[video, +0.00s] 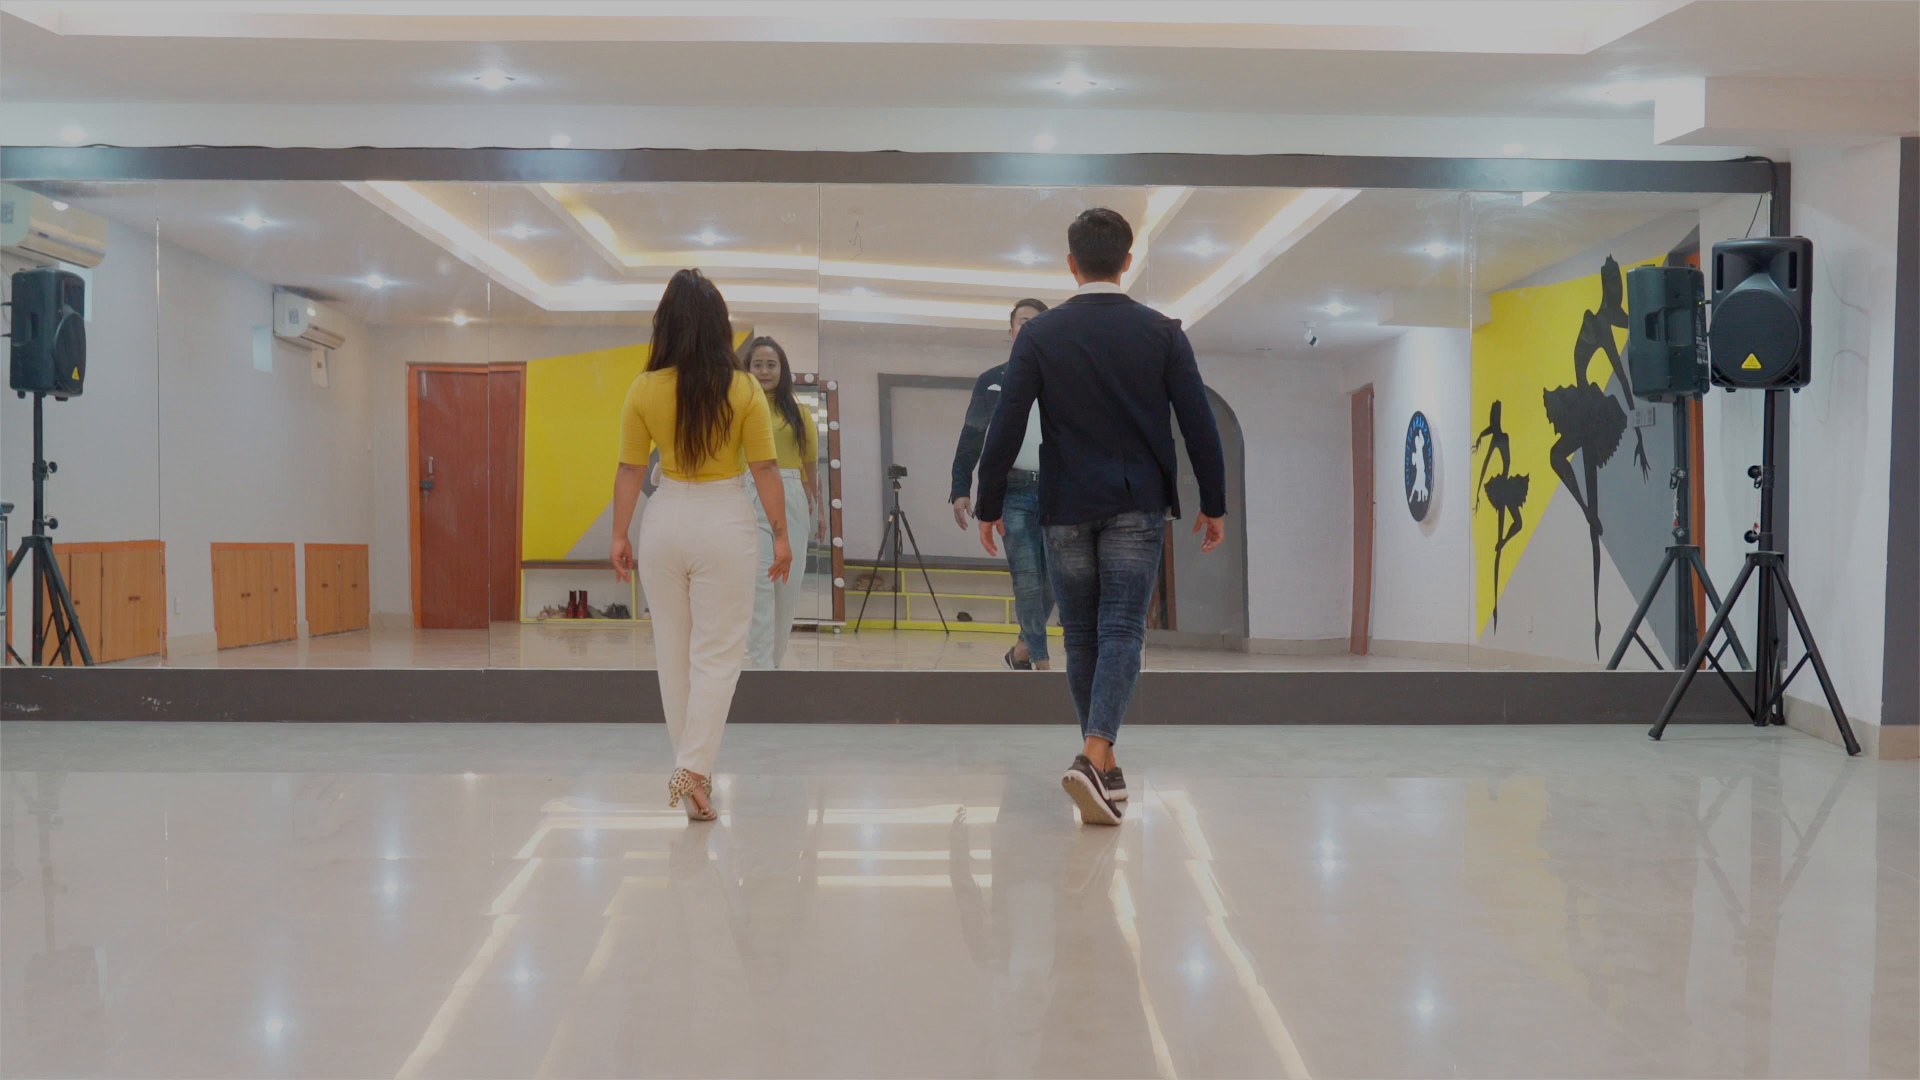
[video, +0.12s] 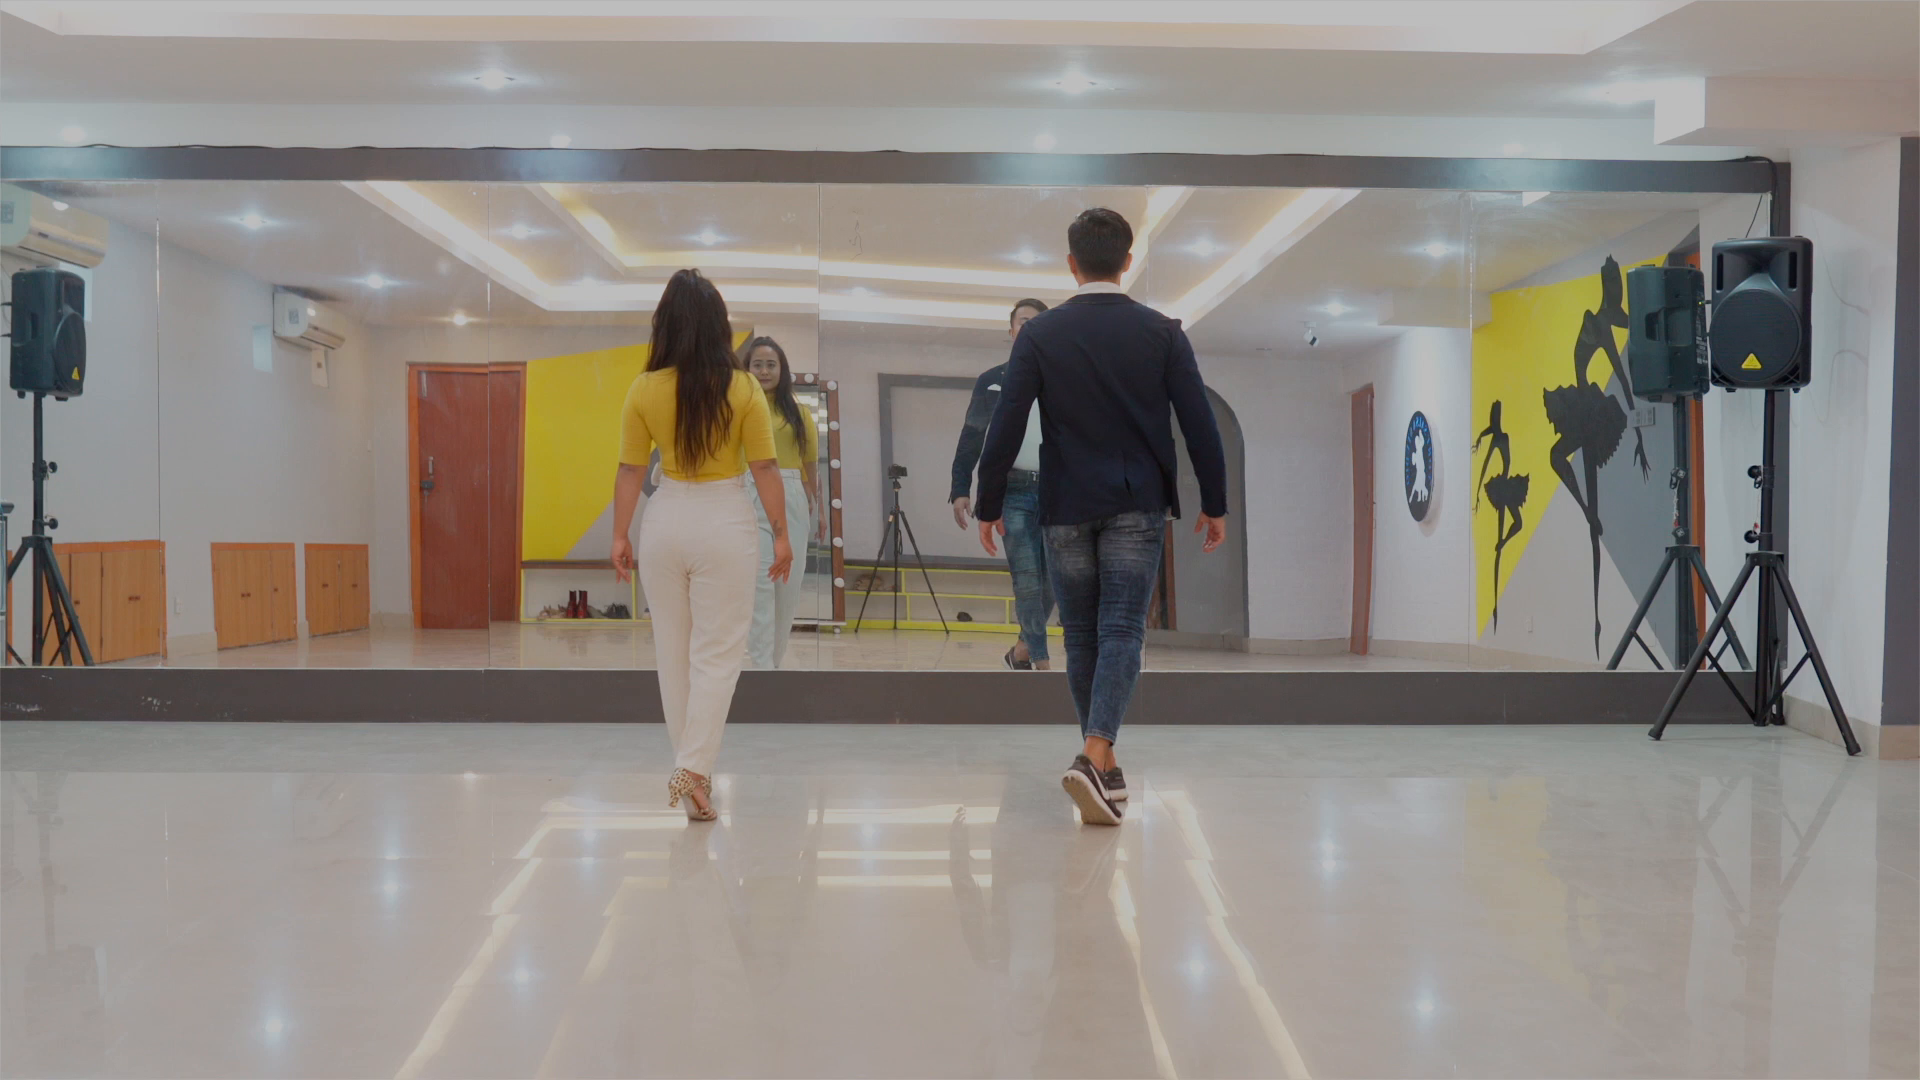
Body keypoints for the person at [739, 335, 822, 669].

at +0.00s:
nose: (764, 371)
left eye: (771, 364)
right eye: (757, 364)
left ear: (782, 370)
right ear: (746, 370)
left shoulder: (799, 413)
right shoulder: (740, 411)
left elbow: (809, 470)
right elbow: (730, 465)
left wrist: (817, 512)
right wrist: (730, 507)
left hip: (791, 499)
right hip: (751, 498)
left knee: (788, 585)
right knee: (760, 586)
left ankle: (773, 668)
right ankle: (759, 672)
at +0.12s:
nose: (764, 370)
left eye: (771, 364)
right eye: (757, 364)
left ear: (782, 370)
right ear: (745, 370)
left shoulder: (800, 413)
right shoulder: (740, 411)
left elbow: (809, 470)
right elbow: (730, 465)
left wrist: (817, 512)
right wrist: (730, 507)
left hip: (791, 499)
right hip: (751, 498)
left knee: (788, 584)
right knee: (760, 585)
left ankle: (773, 667)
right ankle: (759, 671)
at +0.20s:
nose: (763, 370)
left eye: (770, 364)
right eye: (756, 364)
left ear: (782, 370)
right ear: (745, 370)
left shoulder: (800, 413)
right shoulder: (741, 411)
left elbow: (809, 470)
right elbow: (730, 465)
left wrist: (816, 512)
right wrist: (730, 506)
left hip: (792, 498)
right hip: (751, 497)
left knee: (789, 584)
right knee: (761, 585)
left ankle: (773, 667)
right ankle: (759, 671)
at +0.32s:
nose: (763, 370)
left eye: (770, 364)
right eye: (756, 364)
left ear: (782, 369)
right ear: (745, 370)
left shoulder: (799, 412)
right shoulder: (741, 410)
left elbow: (809, 469)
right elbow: (731, 465)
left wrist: (816, 512)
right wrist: (731, 508)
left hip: (792, 499)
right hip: (752, 499)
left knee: (789, 585)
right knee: (761, 585)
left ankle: (774, 666)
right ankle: (760, 670)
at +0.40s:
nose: (764, 371)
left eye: (771, 364)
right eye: (756, 364)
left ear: (782, 370)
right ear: (745, 370)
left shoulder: (800, 413)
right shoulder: (741, 411)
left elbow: (809, 470)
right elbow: (731, 465)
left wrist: (816, 512)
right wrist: (731, 508)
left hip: (792, 500)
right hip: (752, 499)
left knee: (789, 585)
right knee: (761, 587)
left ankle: (773, 668)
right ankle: (760, 672)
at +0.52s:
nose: (764, 371)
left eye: (771, 365)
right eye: (757, 365)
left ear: (783, 370)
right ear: (746, 370)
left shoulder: (800, 413)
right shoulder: (741, 411)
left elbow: (809, 470)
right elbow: (731, 465)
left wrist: (817, 511)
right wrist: (730, 506)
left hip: (793, 499)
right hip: (752, 498)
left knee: (789, 584)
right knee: (761, 585)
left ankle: (773, 666)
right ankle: (761, 670)